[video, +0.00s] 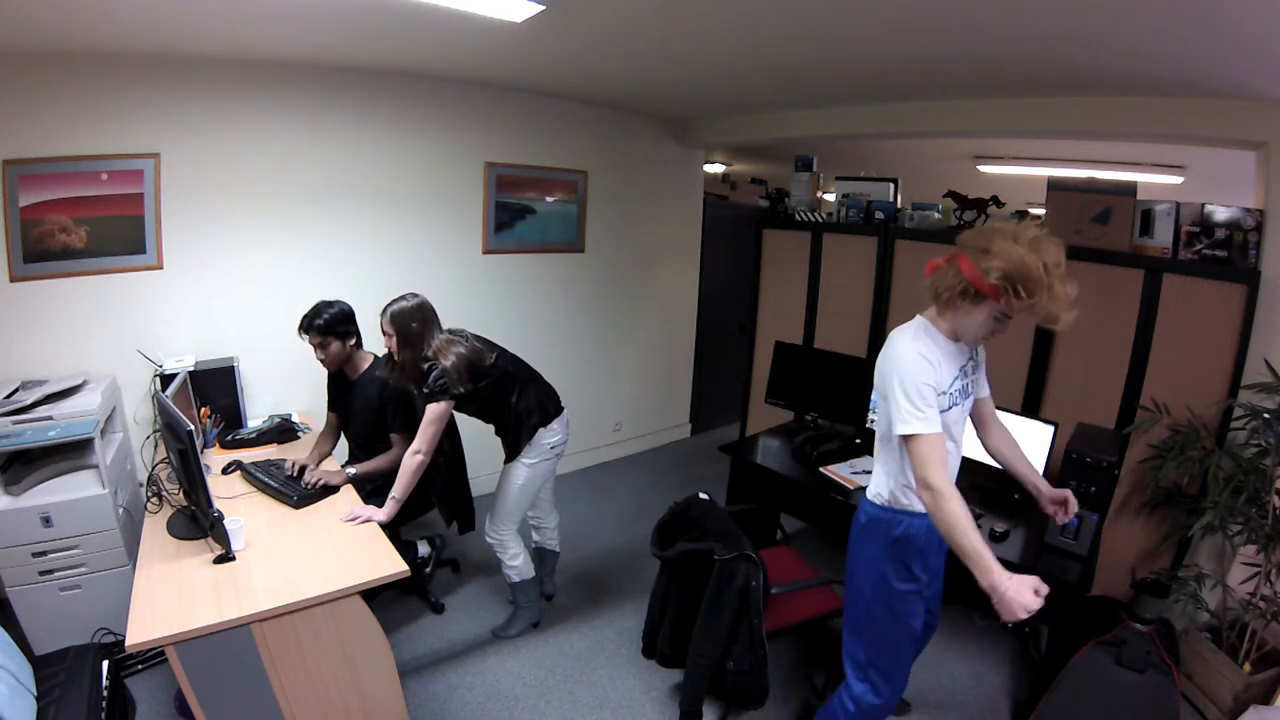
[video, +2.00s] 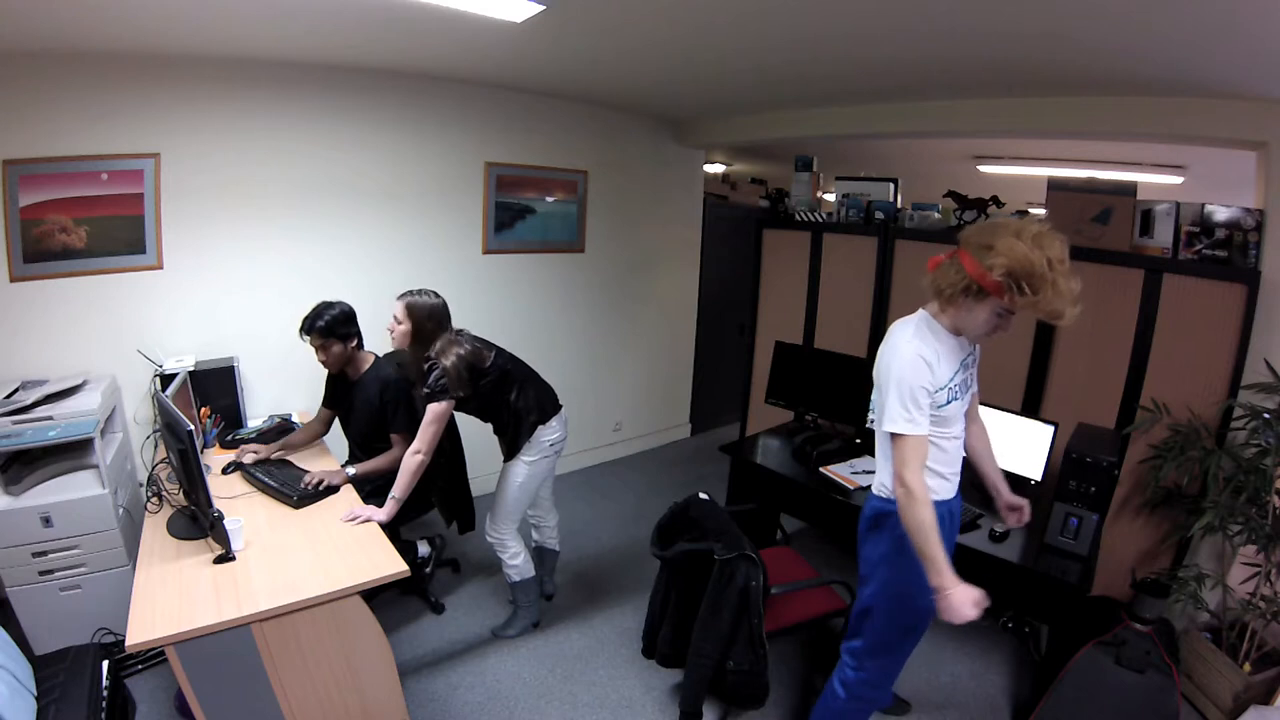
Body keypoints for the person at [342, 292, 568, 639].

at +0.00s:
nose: (386, 343)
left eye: (389, 336)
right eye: (384, 335)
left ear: (411, 336)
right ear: (421, 329)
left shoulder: (443, 370)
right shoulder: (451, 340)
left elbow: (420, 452)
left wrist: (388, 509)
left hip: (538, 433)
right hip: (547, 420)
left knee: (500, 530)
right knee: (541, 508)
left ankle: (528, 607)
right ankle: (546, 581)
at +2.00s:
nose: (390, 327)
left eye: (397, 321)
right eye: (393, 319)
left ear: (420, 328)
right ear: (429, 326)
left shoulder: (444, 368)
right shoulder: (452, 342)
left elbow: (420, 451)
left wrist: (388, 509)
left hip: (537, 432)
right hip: (546, 419)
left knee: (501, 529)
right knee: (541, 506)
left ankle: (527, 609)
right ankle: (545, 581)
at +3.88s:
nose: (391, 323)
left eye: (395, 314)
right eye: (390, 314)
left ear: (420, 311)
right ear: (428, 309)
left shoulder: (447, 349)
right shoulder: (460, 321)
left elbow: (412, 433)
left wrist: (369, 495)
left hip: (525, 431)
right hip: (538, 419)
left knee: (493, 529)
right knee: (538, 507)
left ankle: (527, 607)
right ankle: (545, 581)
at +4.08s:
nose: (390, 324)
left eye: (394, 315)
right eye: (388, 315)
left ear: (419, 313)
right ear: (426, 310)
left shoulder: (447, 349)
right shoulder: (458, 322)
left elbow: (413, 434)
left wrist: (370, 497)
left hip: (525, 431)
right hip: (538, 419)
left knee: (493, 529)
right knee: (538, 506)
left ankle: (527, 607)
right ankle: (545, 581)